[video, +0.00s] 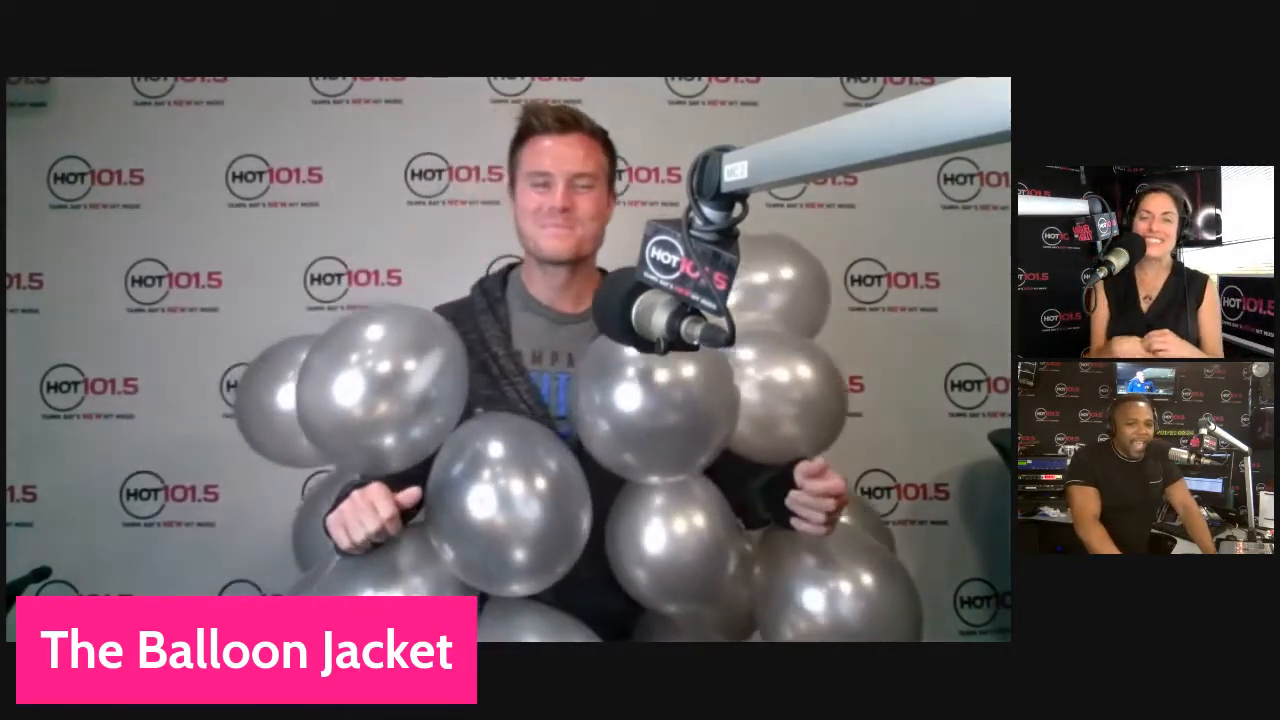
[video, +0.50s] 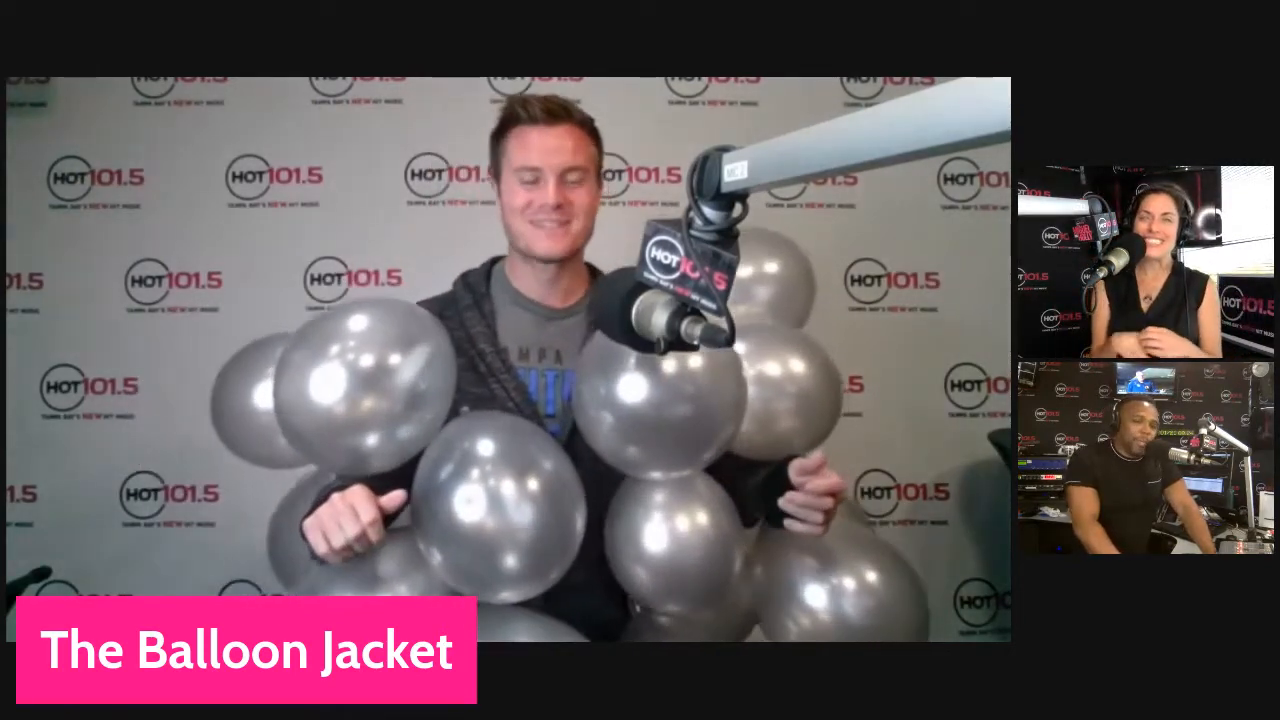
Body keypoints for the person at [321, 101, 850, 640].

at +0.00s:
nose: (559, 202)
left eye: (581, 184)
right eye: (539, 183)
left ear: (611, 200)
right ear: (512, 196)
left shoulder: (664, 320)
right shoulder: (448, 335)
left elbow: (717, 454)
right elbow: (385, 447)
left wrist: (786, 493)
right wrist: (354, 499)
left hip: (652, 617)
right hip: (504, 616)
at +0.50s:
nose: (552, 199)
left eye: (573, 178)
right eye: (528, 178)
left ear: (599, 191)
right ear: (497, 190)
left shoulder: (654, 320)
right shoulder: (432, 331)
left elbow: (711, 460)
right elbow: (369, 449)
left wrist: (783, 490)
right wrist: (337, 502)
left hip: (637, 622)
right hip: (488, 617)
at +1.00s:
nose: (543, 201)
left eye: (563, 178)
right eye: (517, 180)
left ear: (588, 189)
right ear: (485, 191)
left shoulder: (641, 321)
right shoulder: (420, 330)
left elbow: (693, 465)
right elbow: (363, 452)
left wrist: (770, 493)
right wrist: (332, 506)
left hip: (626, 625)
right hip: (475, 623)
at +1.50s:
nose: (550, 203)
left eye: (570, 181)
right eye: (526, 183)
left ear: (597, 192)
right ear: (494, 194)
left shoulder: (651, 318)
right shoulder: (433, 331)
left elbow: (707, 458)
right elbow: (380, 447)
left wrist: (780, 493)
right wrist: (350, 503)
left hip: (639, 617)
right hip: (487, 616)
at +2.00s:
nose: (552, 199)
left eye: (571, 179)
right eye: (530, 181)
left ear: (598, 193)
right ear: (501, 197)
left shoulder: (652, 317)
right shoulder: (445, 334)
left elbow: (704, 455)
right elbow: (396, 448)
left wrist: (782, 487)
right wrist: (357, 498)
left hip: (638, 611)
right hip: (493, 611)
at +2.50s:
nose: (550, 201)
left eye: (570, 182)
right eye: (529, 184)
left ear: (599, 197)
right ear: (501, 203)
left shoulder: (656, 322)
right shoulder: (442, 338)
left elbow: (707, 465)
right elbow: (408, 475)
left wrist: (795, 483)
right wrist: (344, 510)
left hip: (649, 618)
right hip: (504, 615)